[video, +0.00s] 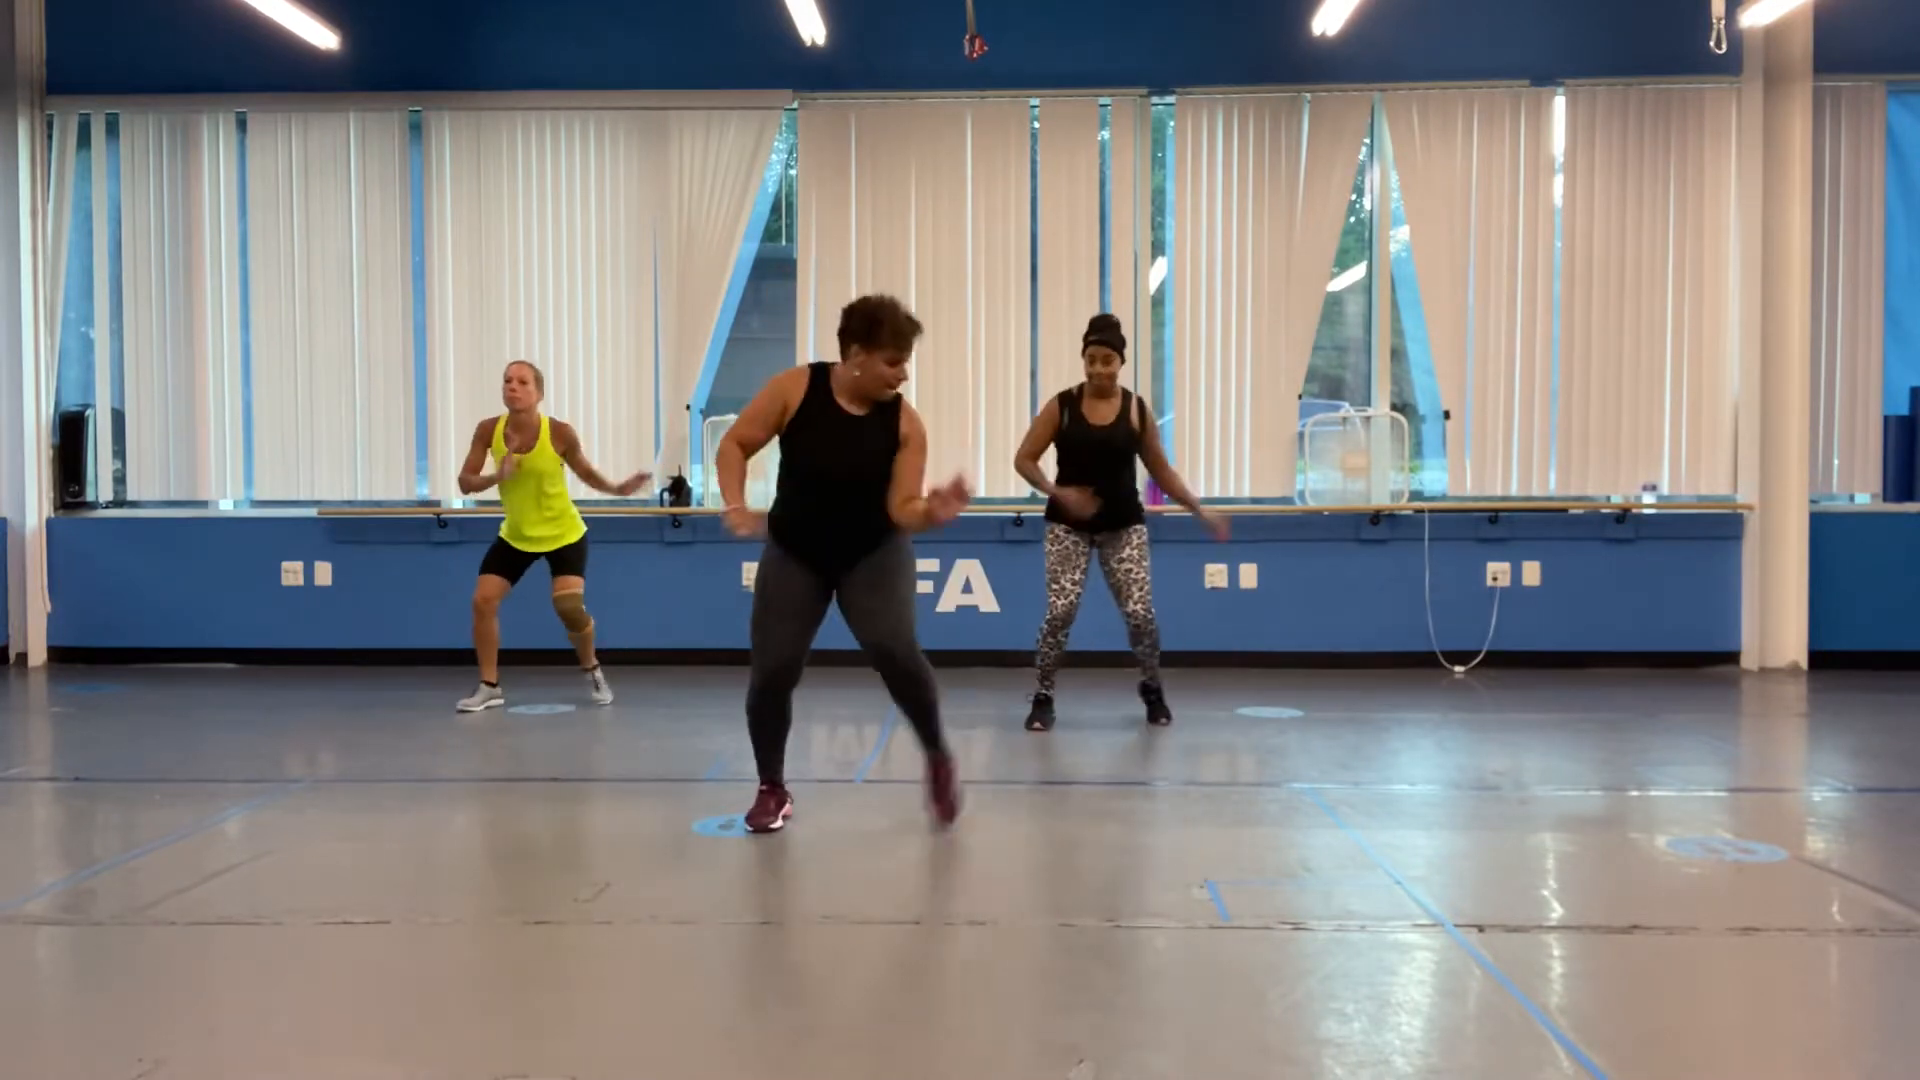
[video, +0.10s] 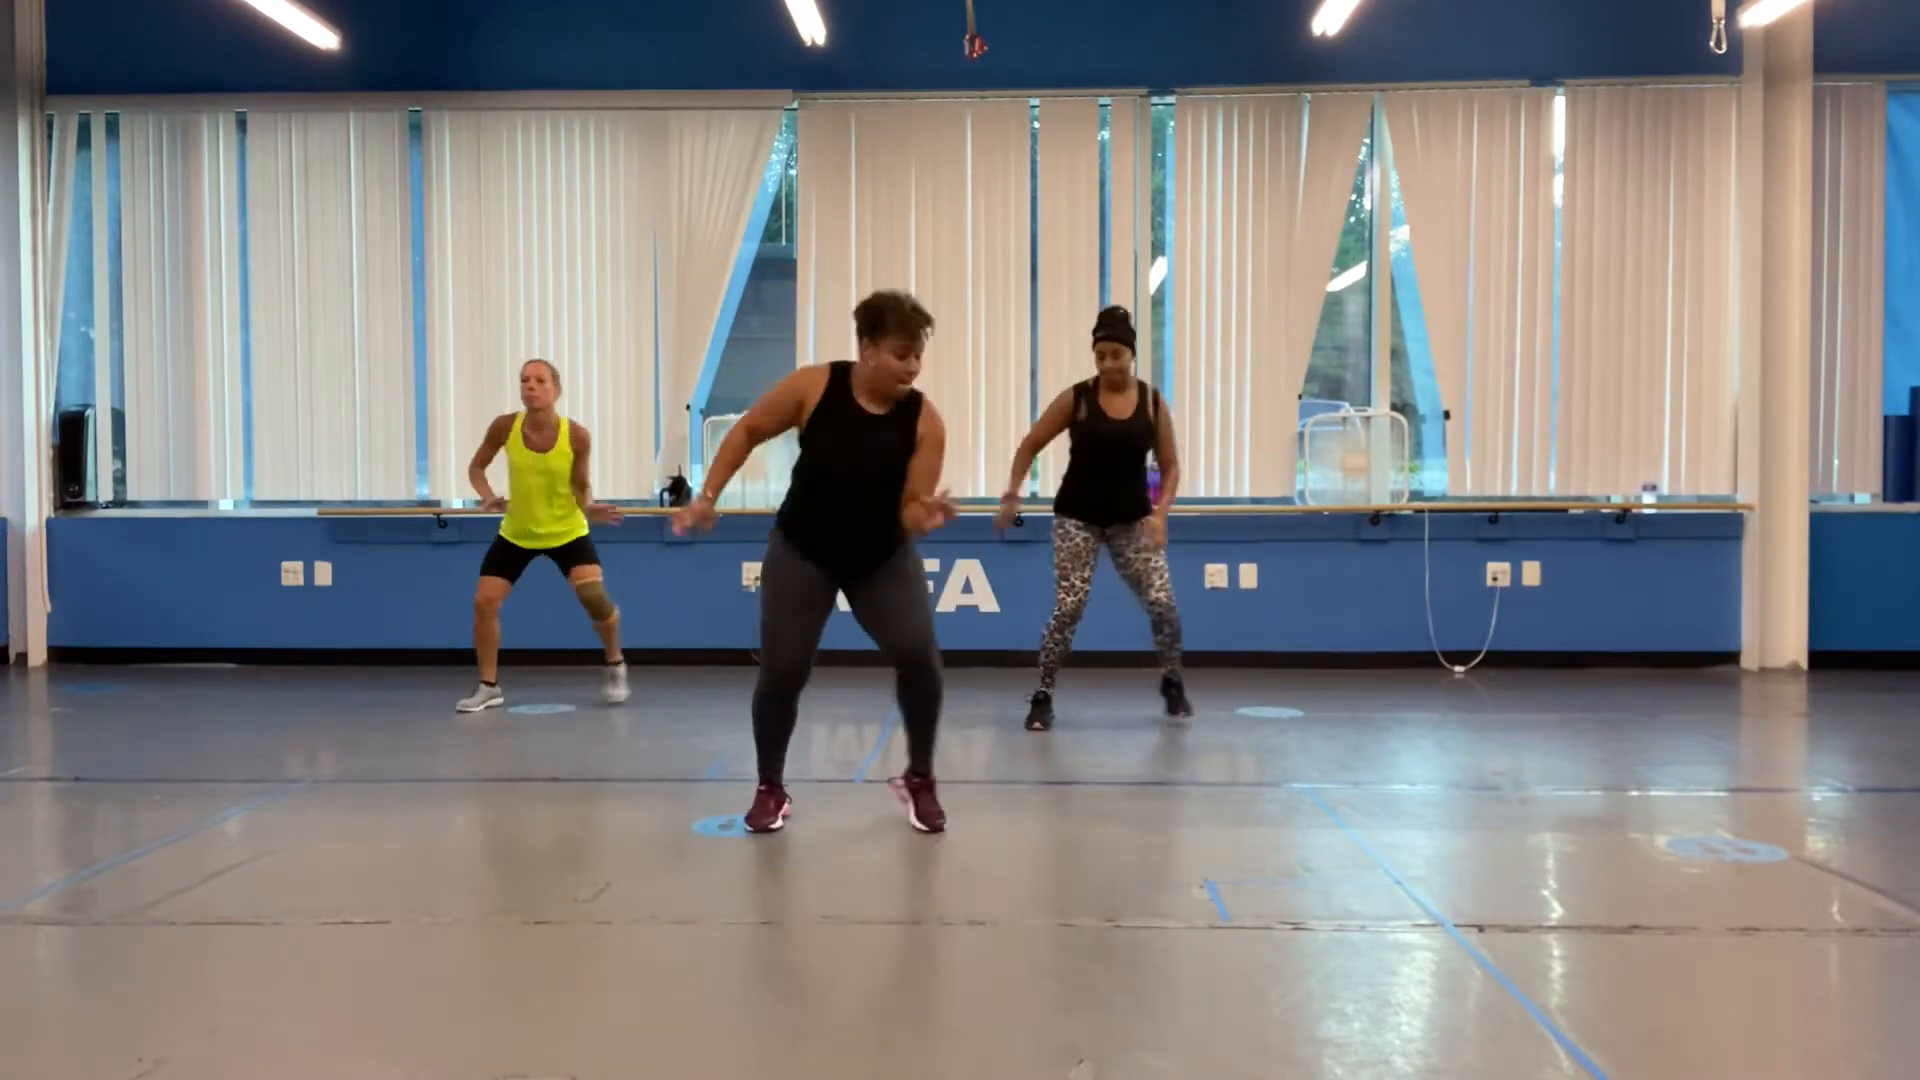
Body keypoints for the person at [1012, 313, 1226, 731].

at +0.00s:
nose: (1101, 370)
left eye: (1109, 361)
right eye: (1094, 361)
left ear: (1121, 362)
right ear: (1083, 360)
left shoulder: (1136, 410)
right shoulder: (1061, 407)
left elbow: (1161, 469)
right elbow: (1024, 460)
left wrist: (1199, 510)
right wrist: (1056, 491)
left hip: (1123, 527)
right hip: (1069, 527)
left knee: (1139, 613)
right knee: (1061, 611)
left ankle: (1152, 690)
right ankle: (1043, 697)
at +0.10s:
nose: (1110, 364)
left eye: (1118, 355)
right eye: (1103, 355)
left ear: (1132, 354)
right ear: (1094, 355)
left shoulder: (1151, 402)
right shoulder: (1075, 400)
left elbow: (1170, 466)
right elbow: (1030, 445)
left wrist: (1161, 512)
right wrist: (1011, 494)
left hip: (1132, 520)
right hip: (1077, 519)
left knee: (1162, 603)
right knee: (1070, 605)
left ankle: (1173, 684)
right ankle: (1042, 696)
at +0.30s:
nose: (1141, 362)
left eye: (1148, 353)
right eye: (1133, 354)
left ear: (1163, 350)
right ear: (1125, 354)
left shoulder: (1188, 394)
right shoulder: (1109, 397)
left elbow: (1200, 457)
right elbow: (1061, 435)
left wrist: (1138, 464)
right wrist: (1009, 442)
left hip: (1171, 516)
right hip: (1117, 514)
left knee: (1186, 608)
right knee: (1110, 600)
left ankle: (1194, 696)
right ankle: (1068, 687)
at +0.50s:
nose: (1166, 364)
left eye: (1174, 355)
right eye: (1159, 356)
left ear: (1188, 353)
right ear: (1150, 356)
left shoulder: (1208, 398)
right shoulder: (1131, 398)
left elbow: (1220, 459)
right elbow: (1085, 436)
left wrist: (1163, 455)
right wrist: (1037, 439)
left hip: (1192, 518)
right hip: (1137, 518)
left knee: (1228, 600)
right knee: (1141, 610)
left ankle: (1219, 683)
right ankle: (1118, 697)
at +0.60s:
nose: (1179, 355)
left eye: (1186, 347)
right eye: (1172, 348)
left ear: (1202, 346)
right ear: (1164, 350)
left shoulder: (1227, 393)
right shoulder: (1148, 394)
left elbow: (1237, 455)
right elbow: (1103, 431)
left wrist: (1181, 445)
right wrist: (1061, 428)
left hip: (1208, 515)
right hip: (1152, 515)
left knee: (1241, 598)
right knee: (1142, 606)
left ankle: (1261, 688)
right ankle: (1114, 694)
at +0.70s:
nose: (1194, 362)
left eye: (1201, 354)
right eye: (1186, 355)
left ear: (1217, 354)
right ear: (1179, 358)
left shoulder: (1244, 398)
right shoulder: (1166, 404)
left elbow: (1260, 458)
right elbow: (1122, 443)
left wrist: (1202, 458)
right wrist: (1080, 437)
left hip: (1230, 521)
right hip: (1173, 519)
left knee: (1257, 610)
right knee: (1153, 606)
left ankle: (1283, 702)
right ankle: (1109, 690)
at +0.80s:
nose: (1206, 372)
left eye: (1212, 362)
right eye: (1198, 365)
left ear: (1227, 361)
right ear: (1188, 369)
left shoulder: (1255, 409)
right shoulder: (1177, 418)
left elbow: (1276, 472)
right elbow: (1148, 476)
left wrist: (1235, 505)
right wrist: (1103, 484)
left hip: (1244, 527)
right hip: (1186, 529)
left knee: (1270, 613)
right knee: (1176, 609)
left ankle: (1284, 703)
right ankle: (1128, 664)